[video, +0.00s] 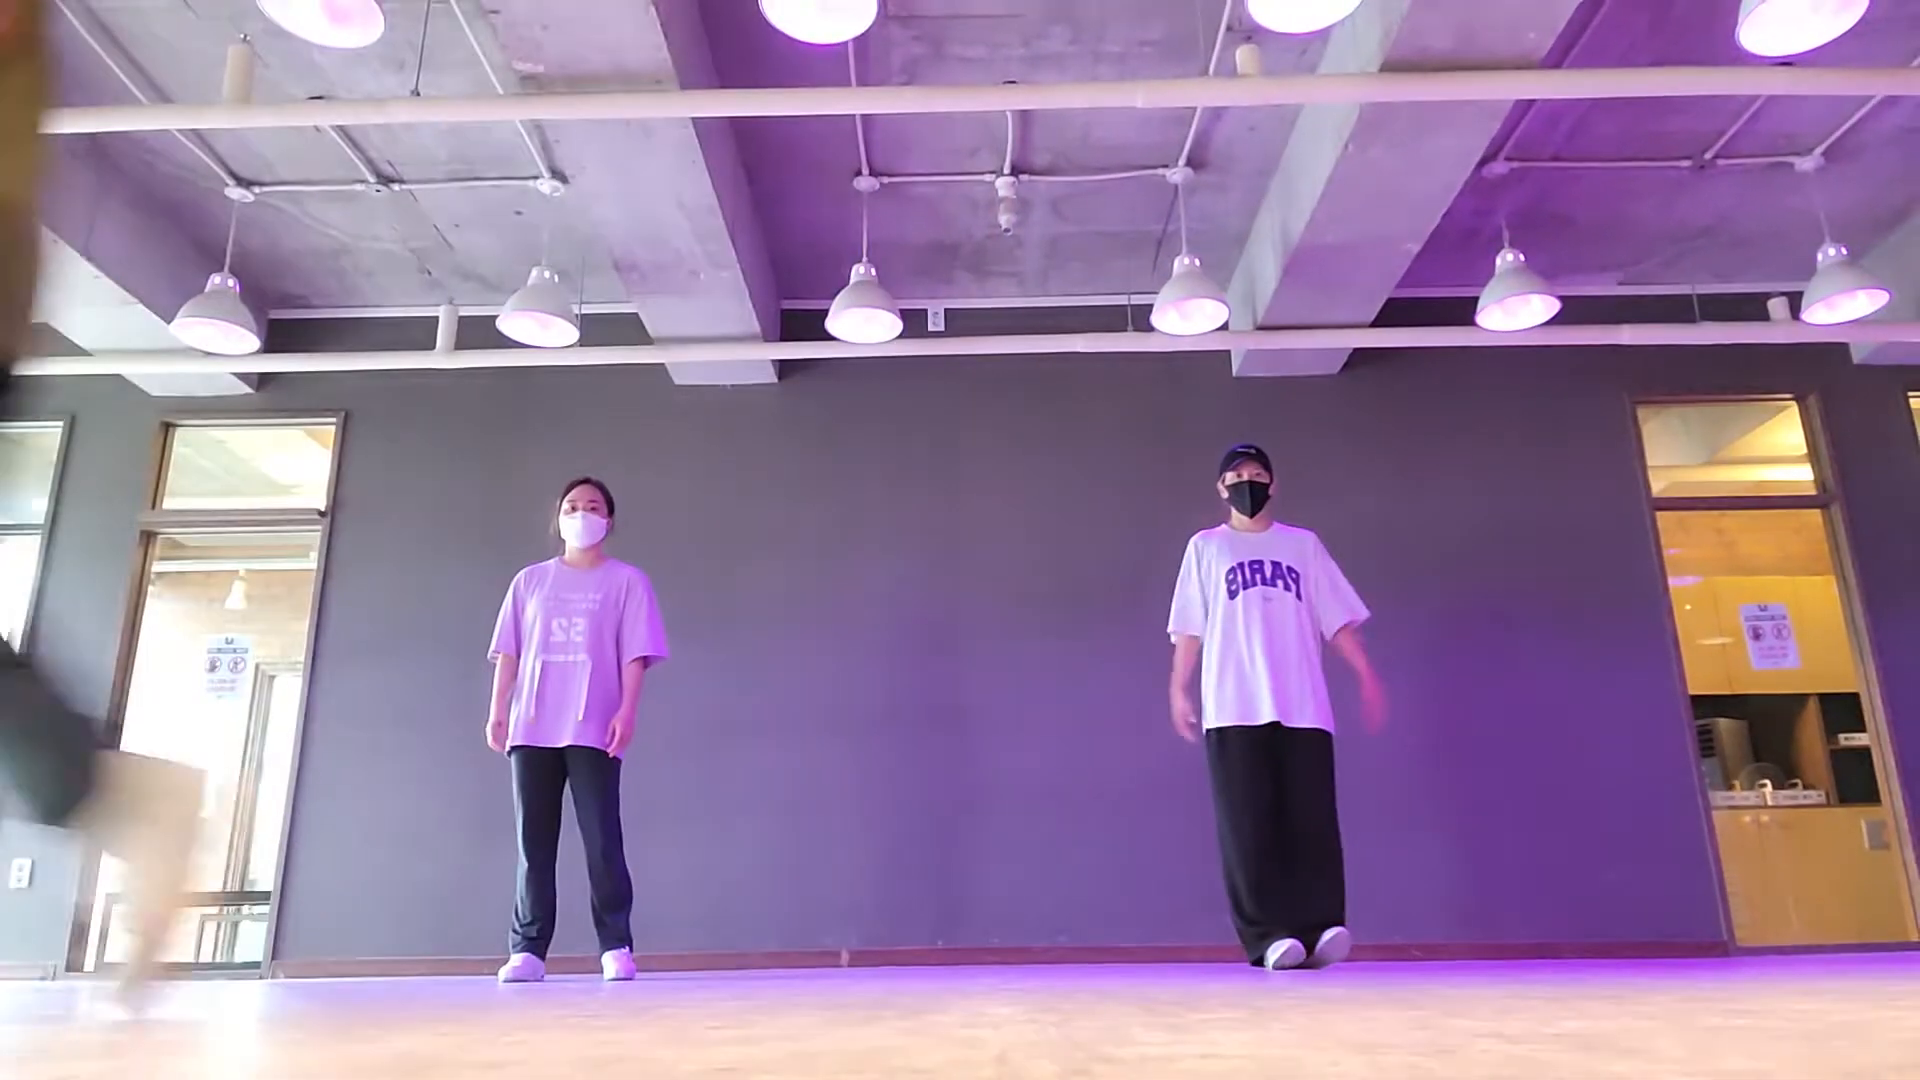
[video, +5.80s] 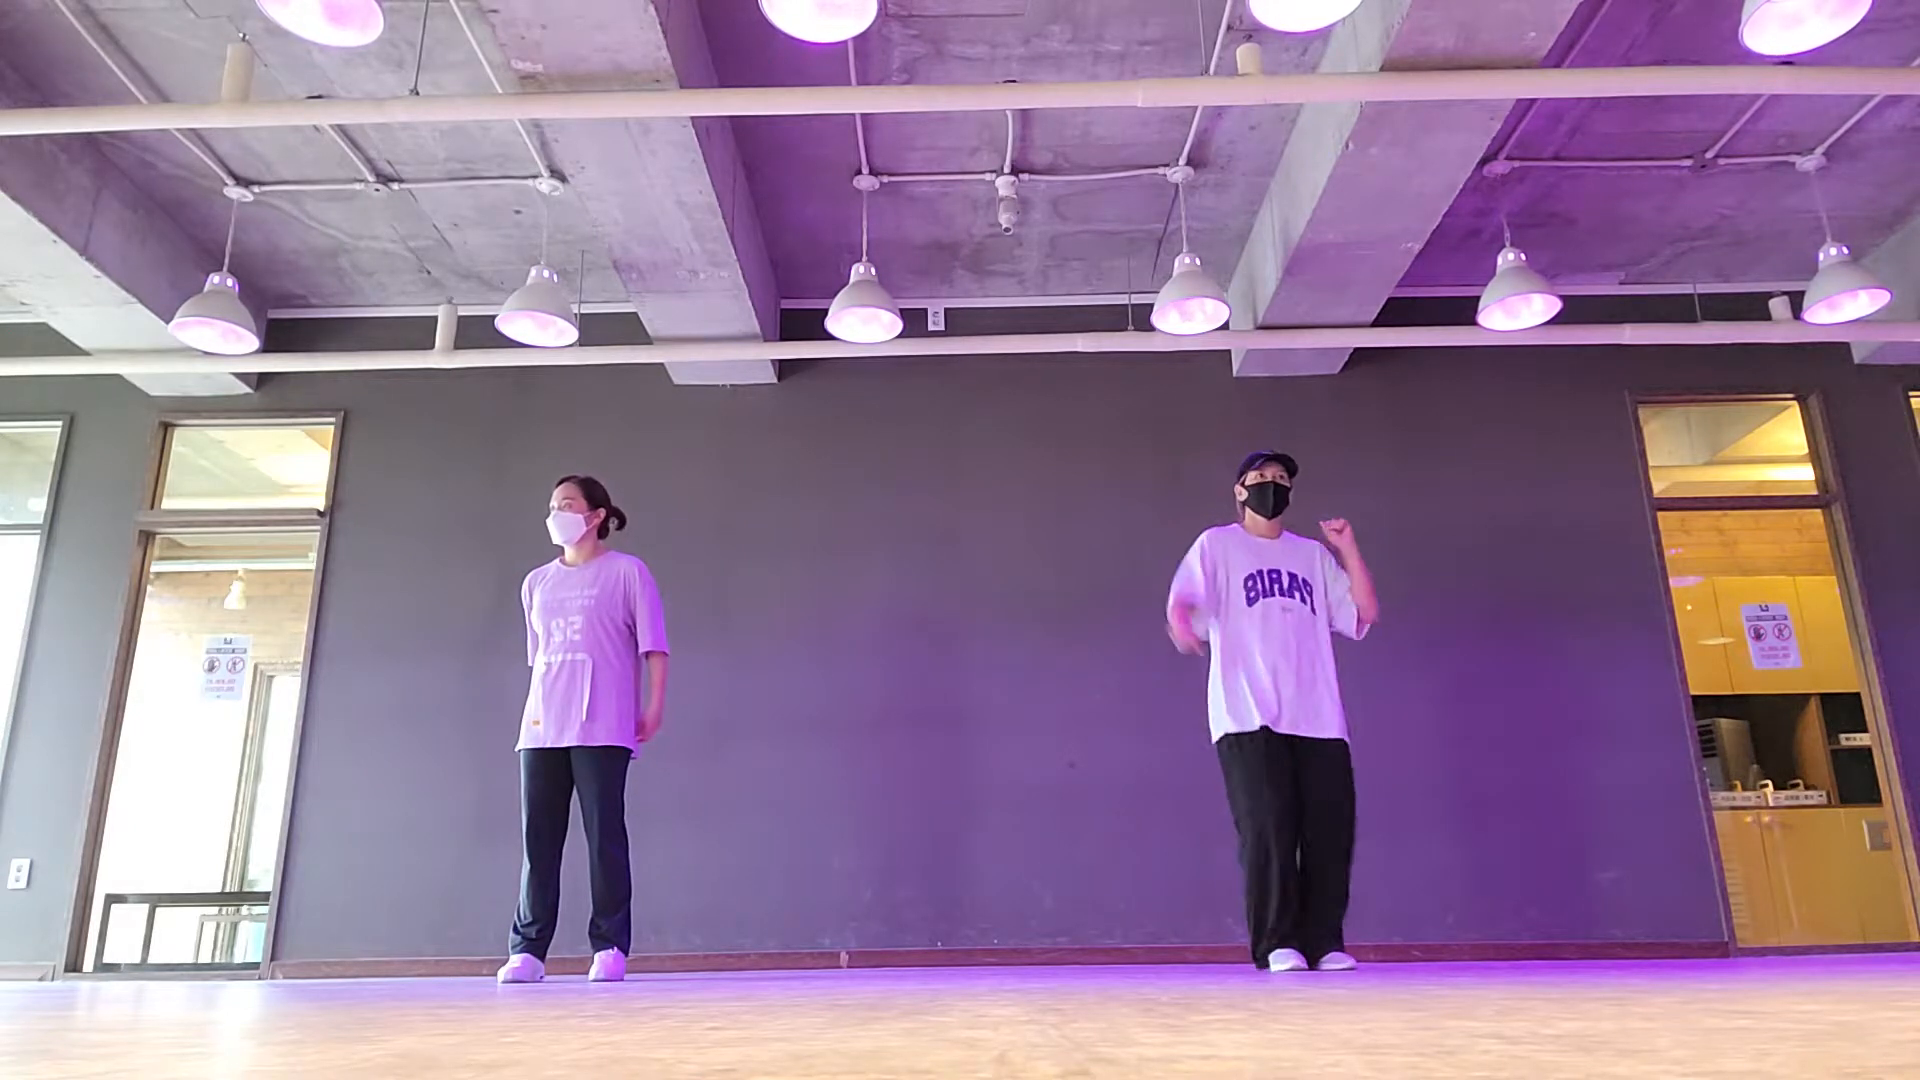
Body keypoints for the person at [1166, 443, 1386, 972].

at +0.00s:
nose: (1248, 485)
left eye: (1257, 477)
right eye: (1237, 478)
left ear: (1272, 486)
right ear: (1221, 488)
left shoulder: (1304, 544)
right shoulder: (1204, 548)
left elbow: (1337, 622)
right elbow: (1190, 629)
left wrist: (1367, 675)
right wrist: (1179, 689)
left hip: (1302, 701)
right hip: (1235, 704)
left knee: (1310, 816)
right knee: (1250, 823)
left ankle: (1320, 931)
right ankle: (1269, 940)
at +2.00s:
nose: (1258, 483)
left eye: (1267, 475)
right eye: (1246, 475)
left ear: (1280, 485)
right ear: (1230, 486)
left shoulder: (1309, 547)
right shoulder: (1210, 546)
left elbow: (1333, 627)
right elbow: (1201, 626)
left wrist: (1351, 684)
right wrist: (1206, 688)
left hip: (1309, 704)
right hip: (1244, 706)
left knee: (1317, 823)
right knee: (1256, 829)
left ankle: (1325, 941)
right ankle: (1271, 944)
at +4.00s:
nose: (1259, 480)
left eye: (1268, 472)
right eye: (1248, 472)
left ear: (1281, 483)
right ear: (1231, 485)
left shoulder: (1311, 543)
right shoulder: (1213, 544)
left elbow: (1336, 621)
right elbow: (1205, 624)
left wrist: (1349, 682)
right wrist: (1208, 685)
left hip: (1311, 702)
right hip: (1245, 706)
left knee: (1318, 823)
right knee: (1256, 828)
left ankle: (1326, 941)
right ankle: (1271, 943)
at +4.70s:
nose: (1259, 481)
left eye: (1268, 473)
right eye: (1248, 473)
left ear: (1282, 481)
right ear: (1230, 484)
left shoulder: (1313, 543)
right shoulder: (1211, 543)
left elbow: (1362, 616)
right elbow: (1181, 621)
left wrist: (1420, 658)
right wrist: (1144, 671)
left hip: (1309, 708)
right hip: (1241, 711)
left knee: (1317, 824)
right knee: (1257, 827)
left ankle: (1325, 941)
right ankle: (1273, 944)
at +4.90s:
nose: (1260, 481)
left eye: (1269, 473)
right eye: (1249, 473)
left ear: (1282, 482)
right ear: (1230, 483)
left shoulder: (1313, 539)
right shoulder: (1208, 542)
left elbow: (1360, 588)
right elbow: (1172, 599)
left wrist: (1404, 600)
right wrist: (1154, 604)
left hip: (1313, 705)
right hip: (1244, 708)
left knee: (1320, 825)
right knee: (1262, 829)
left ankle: (1327, 942)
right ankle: (1276, 945)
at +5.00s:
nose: (1260, 478)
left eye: (1269, 470)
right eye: (1249, 470)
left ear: (1281, 479)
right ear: (1231, 481)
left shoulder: (1313, 538)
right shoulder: (1209, 539)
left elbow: (1368, 597)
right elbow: (1172, 610)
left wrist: (1369, 584)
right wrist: (1205, 566)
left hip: (1311, 704)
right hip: (1242, 707)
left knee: (1319, 821)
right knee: (1262, 827)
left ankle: (1328, 942)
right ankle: (1276, 945)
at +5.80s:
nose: (1271, 489)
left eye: (1280, 482)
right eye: (1260, 481)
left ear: (1290, 494)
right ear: (1240, 492)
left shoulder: (1315, 555)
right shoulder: (1215, 545)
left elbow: (1364, 615)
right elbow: (1179, 604)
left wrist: (1348, 550)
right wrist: (1185, 634)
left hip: (1317, 715)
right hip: (1249, 713)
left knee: (1332, 832)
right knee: (1267, 831)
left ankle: (1325, 943)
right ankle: (1275, 946)